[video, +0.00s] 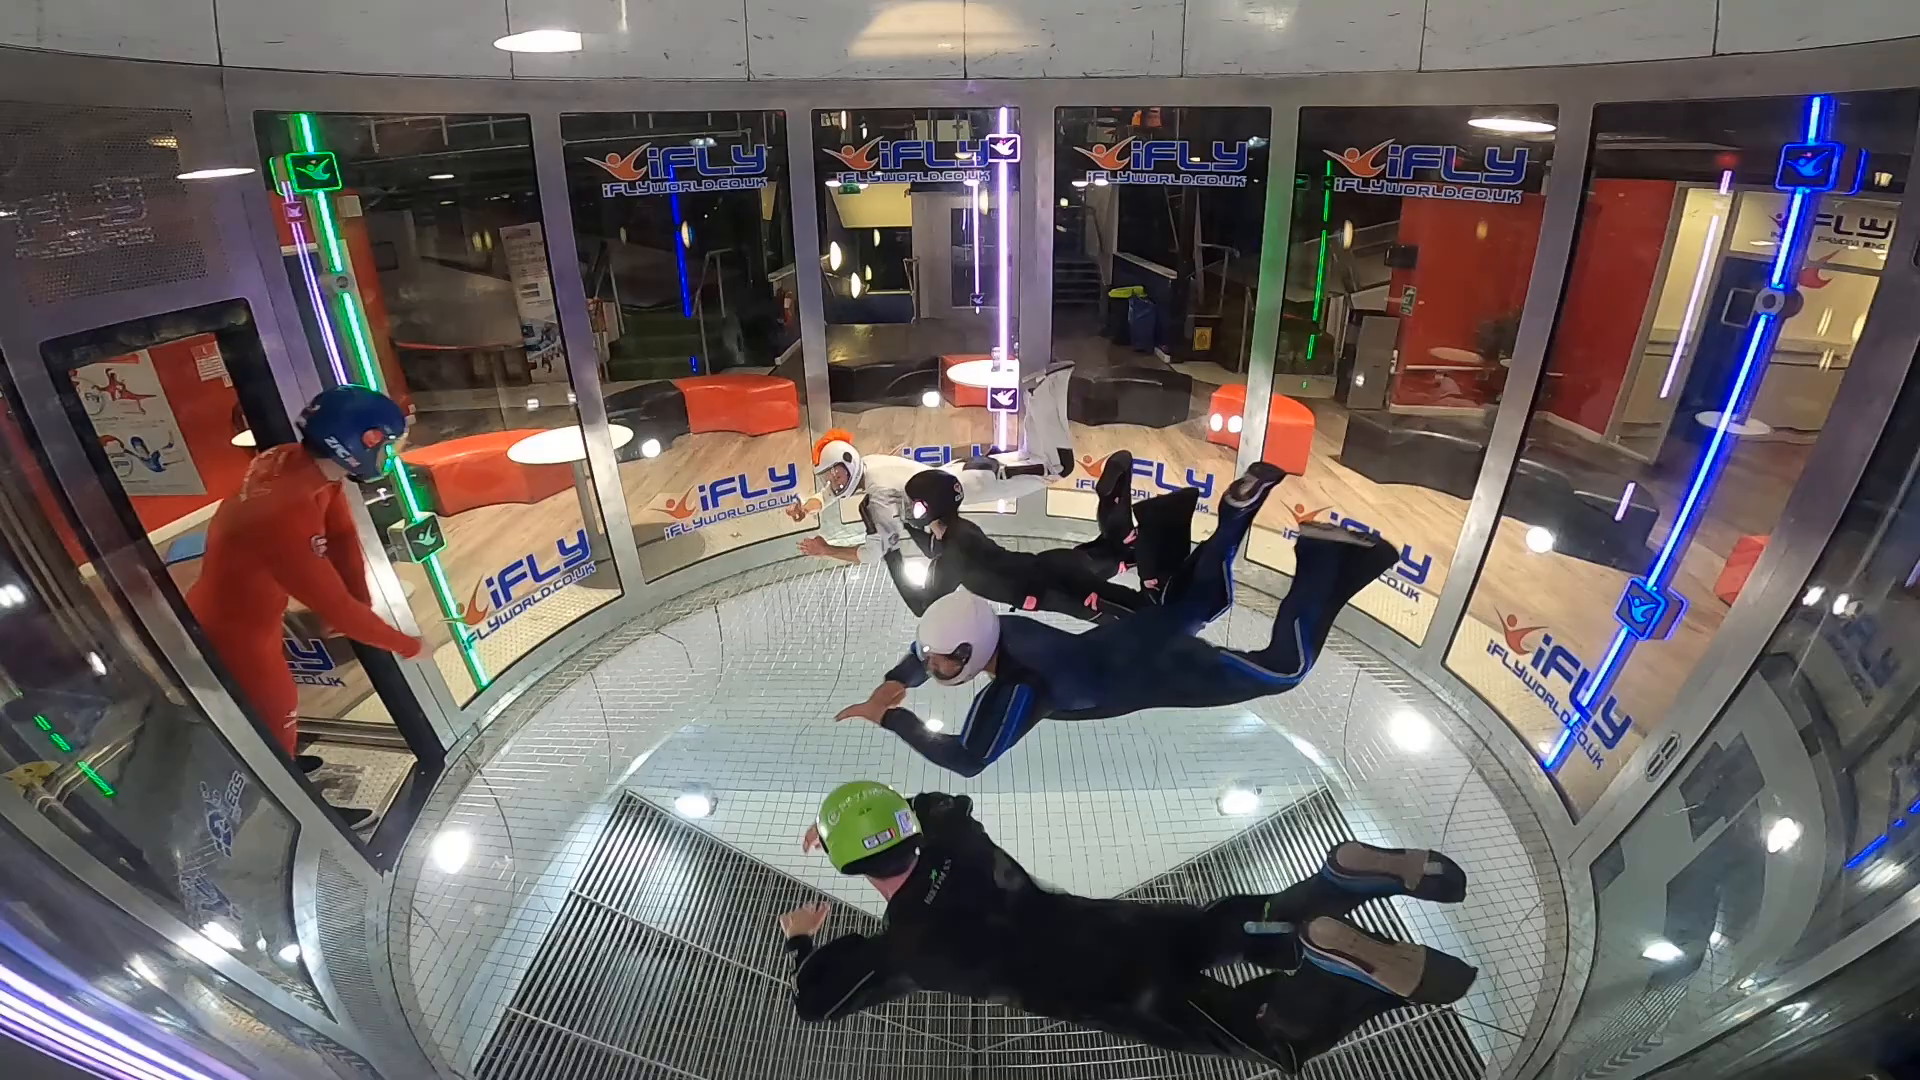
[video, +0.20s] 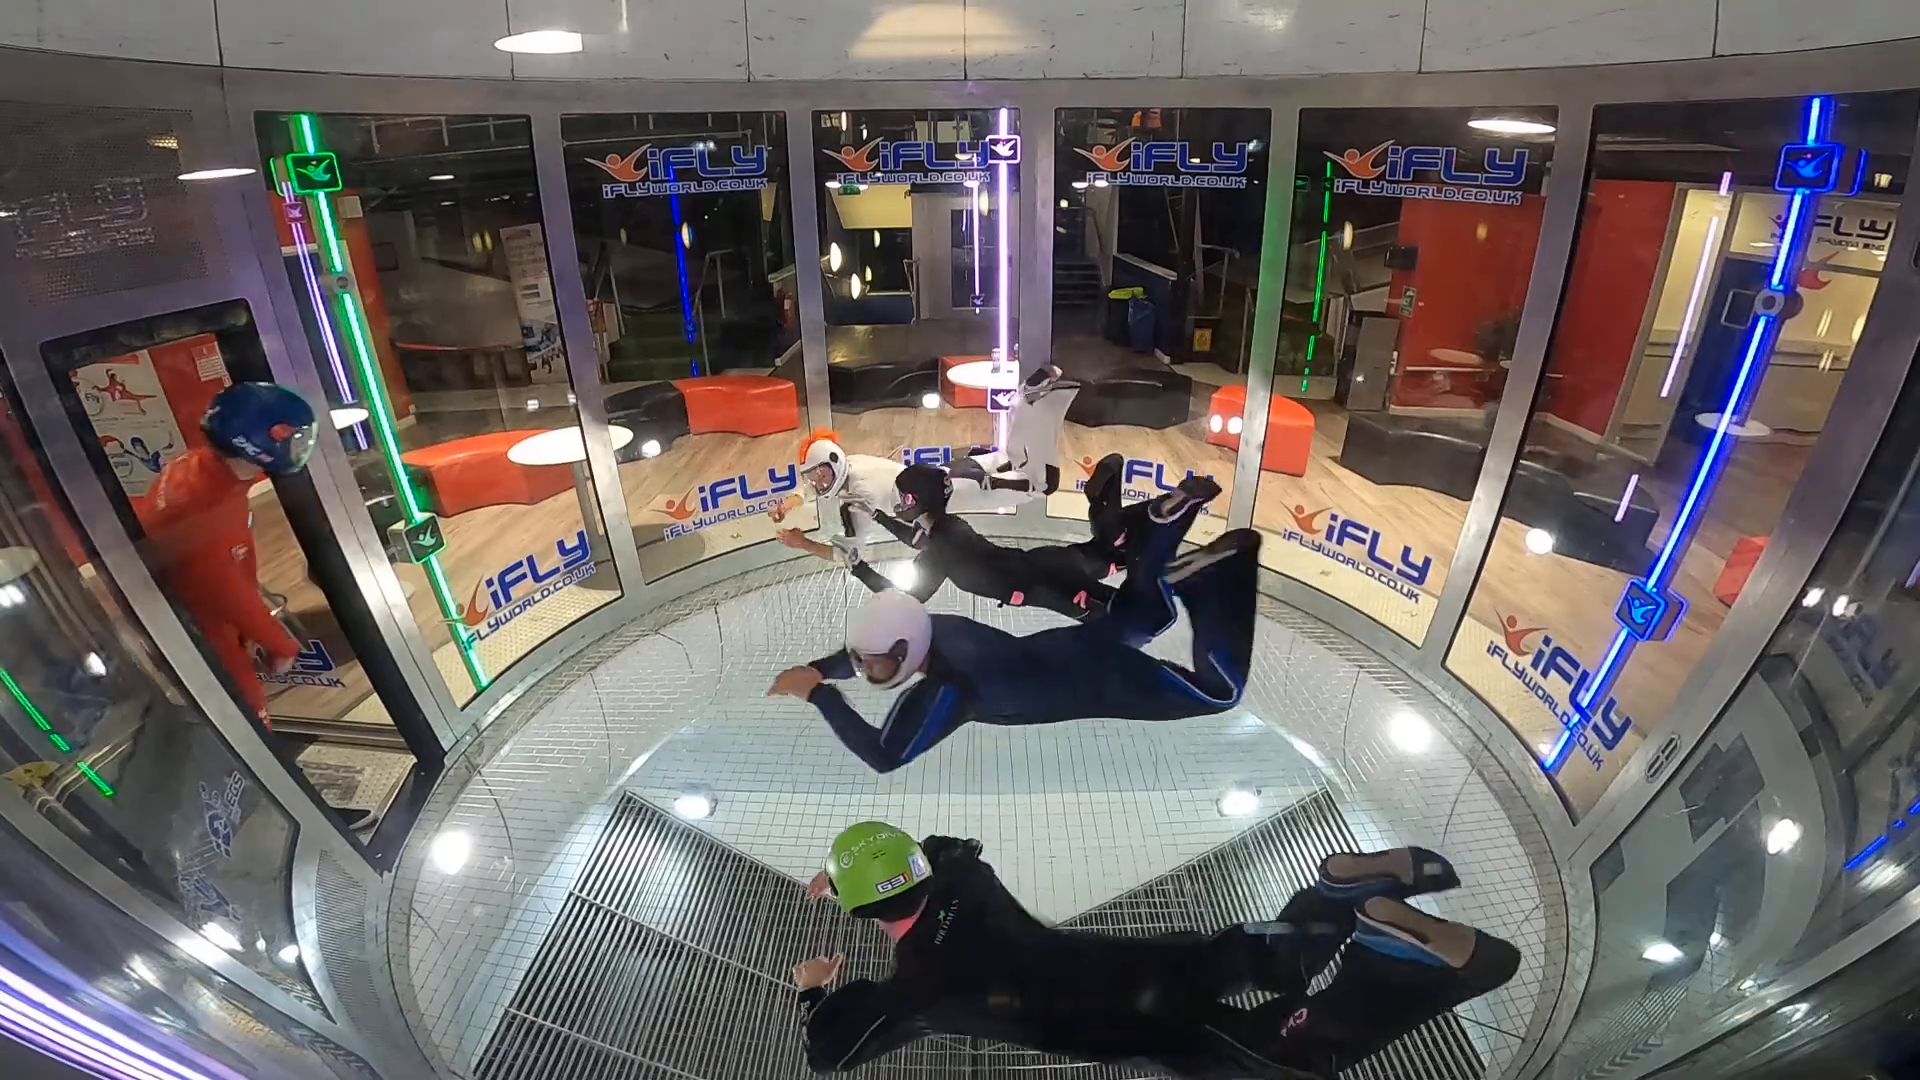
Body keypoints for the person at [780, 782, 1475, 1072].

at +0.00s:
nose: (854, 865)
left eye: (849, 857)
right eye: (858, 847)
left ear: (869, 870)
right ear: (903, 822)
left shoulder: (907, 939)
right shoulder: (955, 827)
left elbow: (820, 1003)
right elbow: (921, 807)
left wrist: (812, 945)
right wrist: (848, 843)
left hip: (1110, 990)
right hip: (1127, 922)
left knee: (1268, 1026)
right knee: (1267, 916)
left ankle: (1379, 982)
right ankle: (1367, 873)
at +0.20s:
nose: (863, 913)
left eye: (862, 907)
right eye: (862, 898)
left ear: (879, 916)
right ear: (920, 861)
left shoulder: (918, 984)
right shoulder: (962, 869)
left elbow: (832, 1052)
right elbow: (919, 862)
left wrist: (829, 996)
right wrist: (851, 882)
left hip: (1091, 1021)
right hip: (1108, 956)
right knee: (1250, 955)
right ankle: (1335, 903)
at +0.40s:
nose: (883, 958)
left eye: (880, 950)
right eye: (877, 944)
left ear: (887, 949)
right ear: (923, 899)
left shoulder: (932, 1010)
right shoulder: (965, 897)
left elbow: (858, 1066)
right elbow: (950, 871)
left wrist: (789, 1041)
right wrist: (886, 898)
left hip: (1097, 1042)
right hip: (1106, 976)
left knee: (1218, 1046)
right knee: (1211, 984)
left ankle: (1352, 1005)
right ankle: (1319, 933)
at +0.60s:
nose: (902, 961)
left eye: (903, 954)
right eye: (894, 951)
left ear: (919, 954)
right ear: (941, 904)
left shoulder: (944, 1022)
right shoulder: (979, 892)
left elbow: (875, 1076)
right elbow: (937, 881)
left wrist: (822, 1043)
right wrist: (869, 894)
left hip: (1102, 1052)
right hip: (1114, 994)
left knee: (1219, 1059)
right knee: (1211, 1006)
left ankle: (1347, 1043)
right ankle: (1302, 987)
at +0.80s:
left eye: (949, 950)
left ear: (962, 962)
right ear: (1000, 909)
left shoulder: (995, 1021)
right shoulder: (1034, 907)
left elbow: (903, 1072)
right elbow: (1010, 872)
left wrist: (865, 1025)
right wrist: (933, 890)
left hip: (1134, 1055)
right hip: (1151, 1001)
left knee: (1258, 1046)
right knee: (1249, 1009)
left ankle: (1367, 1031)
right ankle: (1359, 981)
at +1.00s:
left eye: (997, 941)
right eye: (1019, 926)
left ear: (1011, 954)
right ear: (1042, 917)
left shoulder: (1041, 1021)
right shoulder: (1078, 912)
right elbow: (1056, 859)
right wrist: (976, 874)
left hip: (1189, 1027)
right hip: (1197, 1001)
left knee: (1297, 1048)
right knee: (1300, 984)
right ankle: (1419, 956)